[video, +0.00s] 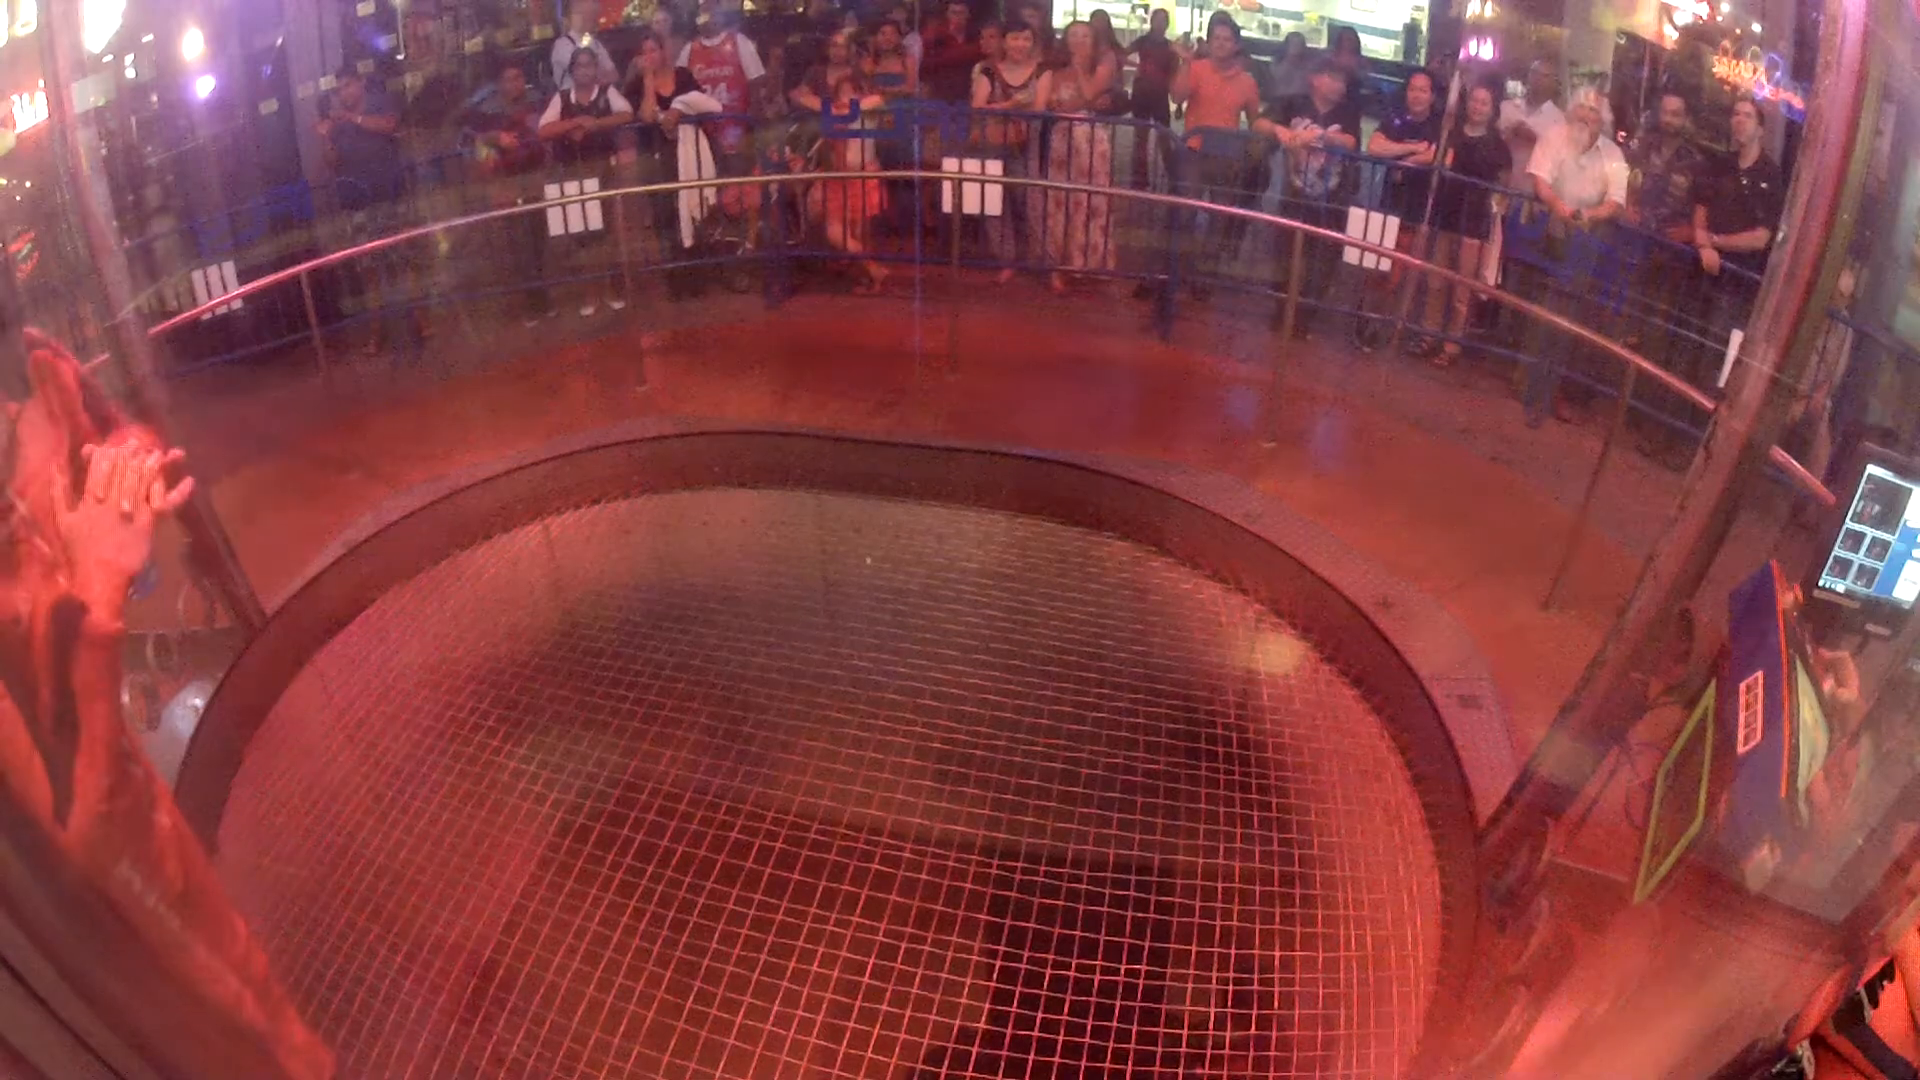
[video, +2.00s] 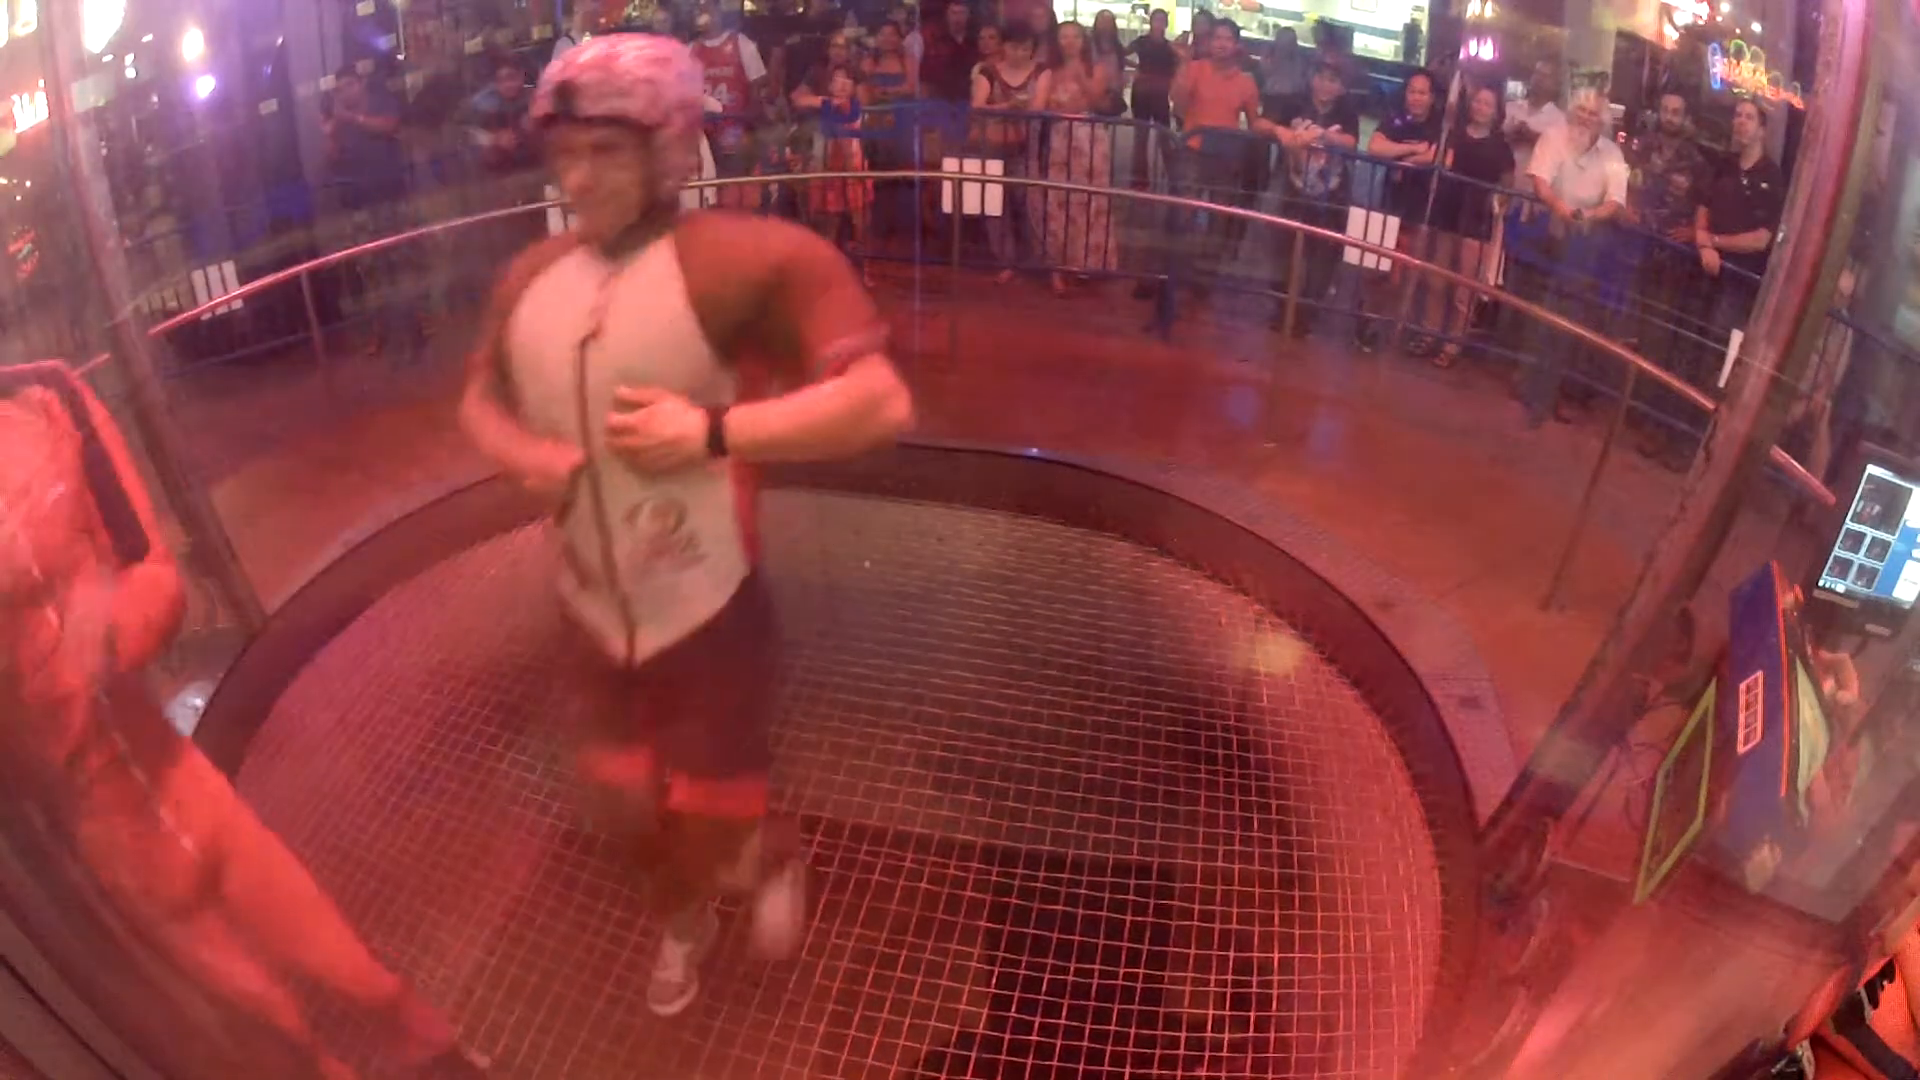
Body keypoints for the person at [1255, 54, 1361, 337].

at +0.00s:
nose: (1341, 88)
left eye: (1343, 83)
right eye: (1335, 81)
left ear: (1346, 87)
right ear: (1316, 80)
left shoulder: (1348, 112)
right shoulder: (1293, 104)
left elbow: (1352, 143)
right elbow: (1258, 123)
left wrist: (1321, 136)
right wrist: (1282, 132)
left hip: (1331, 202)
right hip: (1295, 196)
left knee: (1323, 262)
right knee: (1287, 254)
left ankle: (1306, 317)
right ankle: (1281, 310)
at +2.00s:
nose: (1325, 86)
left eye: (1333, 81)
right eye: (1322, 78)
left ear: (1343, 87)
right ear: (1311, 78)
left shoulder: (1346, 111)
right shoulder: (1293, 103)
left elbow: (1351, 143)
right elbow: (1259, 124)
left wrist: (1325, 136)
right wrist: (1283, 134)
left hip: (1332, 196)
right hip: (1296, 190)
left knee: (1324, 255)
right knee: (1286, 248)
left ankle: (1307, 312)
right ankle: (1281, 306)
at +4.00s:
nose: (1326, 86)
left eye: (1333, 82)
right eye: (1322, 78)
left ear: (1343, 89)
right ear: (1313, 78)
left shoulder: (1346, 112)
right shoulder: (1294, 102)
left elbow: (1351, 143)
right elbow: (1261, 124)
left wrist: (1324, 135)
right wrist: (1285, 135)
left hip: (1330, 195)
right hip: (1293, 189)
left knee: (1323, 255)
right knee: (1285, 247)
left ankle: (1308, 314)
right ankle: (1281, 305)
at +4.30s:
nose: (1327, 86)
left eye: (1334, 81)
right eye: (1324, 78)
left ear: (1344, 87)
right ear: (1313, 77)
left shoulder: (1346, 111)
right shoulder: (1293, 100)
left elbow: (1350, 143)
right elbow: (1261, 124)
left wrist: (1322, 134)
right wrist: (1283, 133)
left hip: (1330, 196)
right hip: (1293, 190)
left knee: (1323, 257)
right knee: (1286, 250)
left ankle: (1307, 315)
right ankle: (1279, 308)